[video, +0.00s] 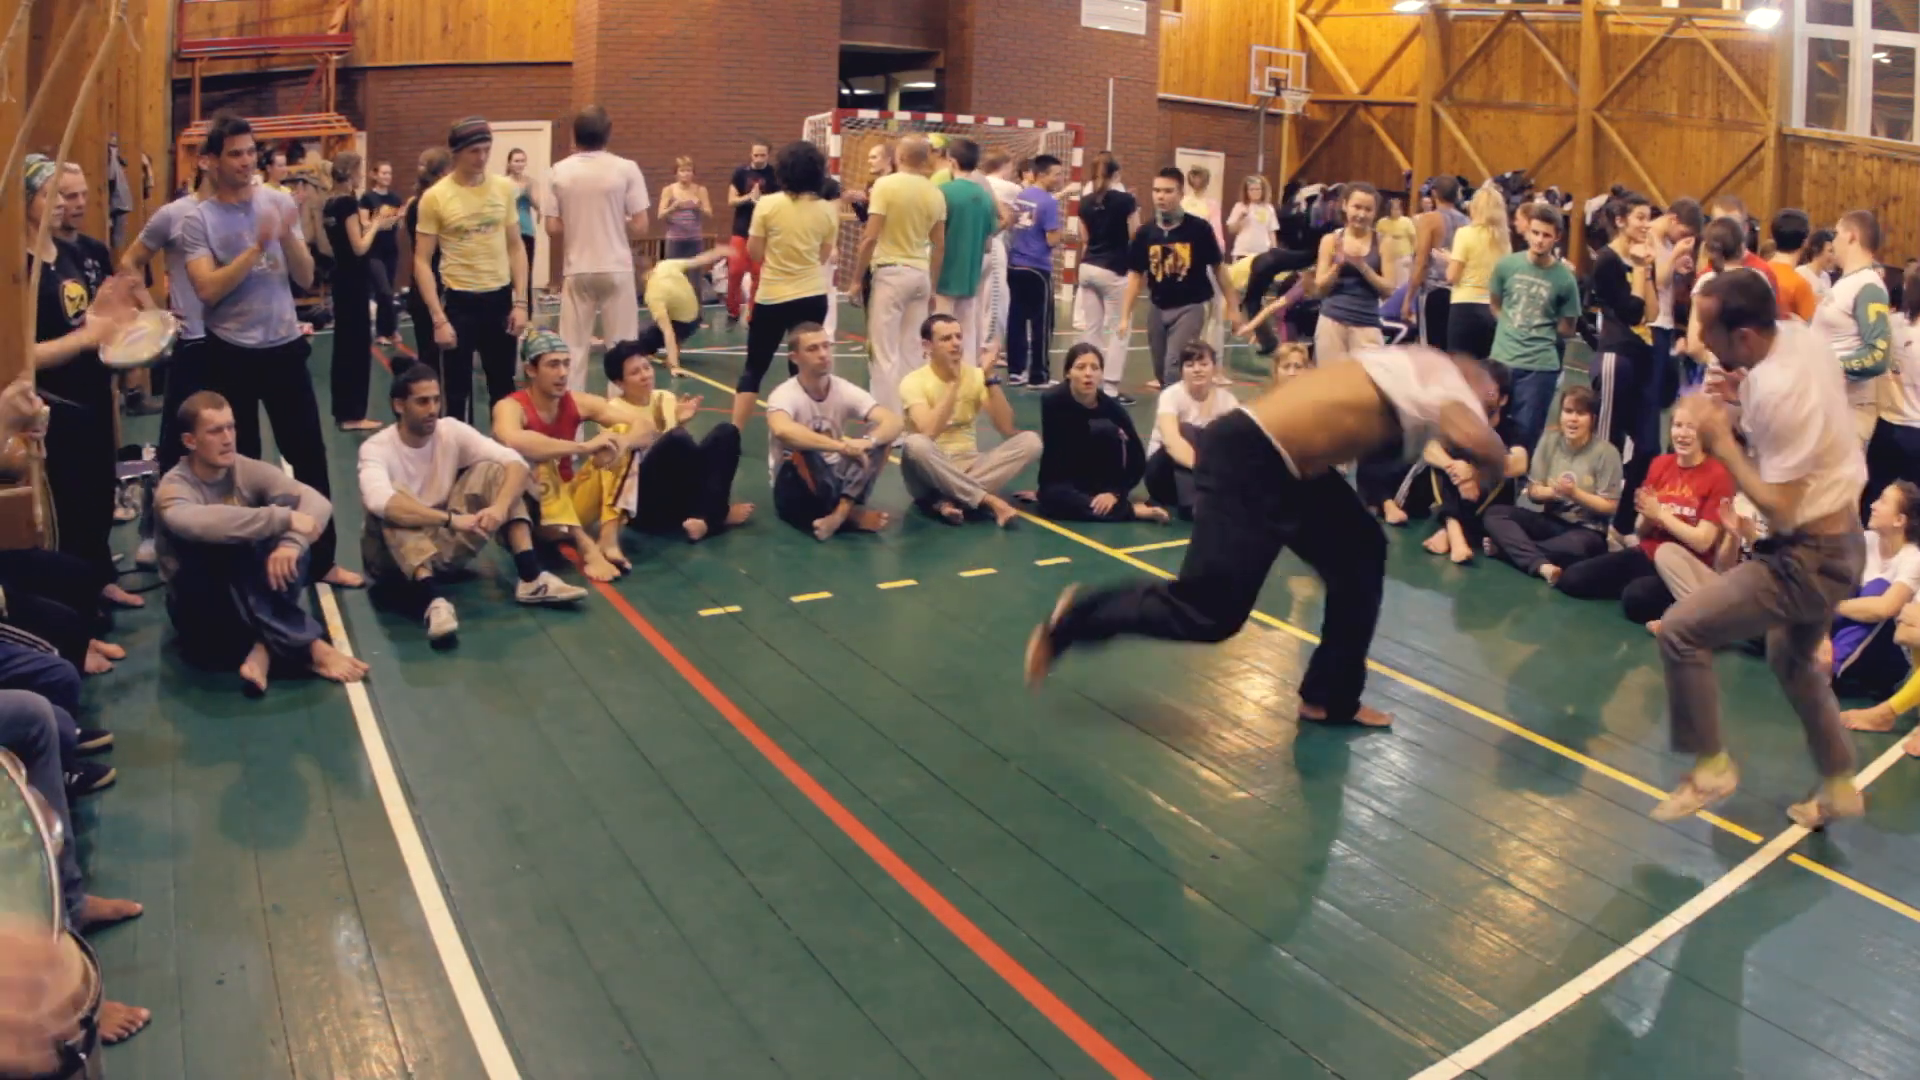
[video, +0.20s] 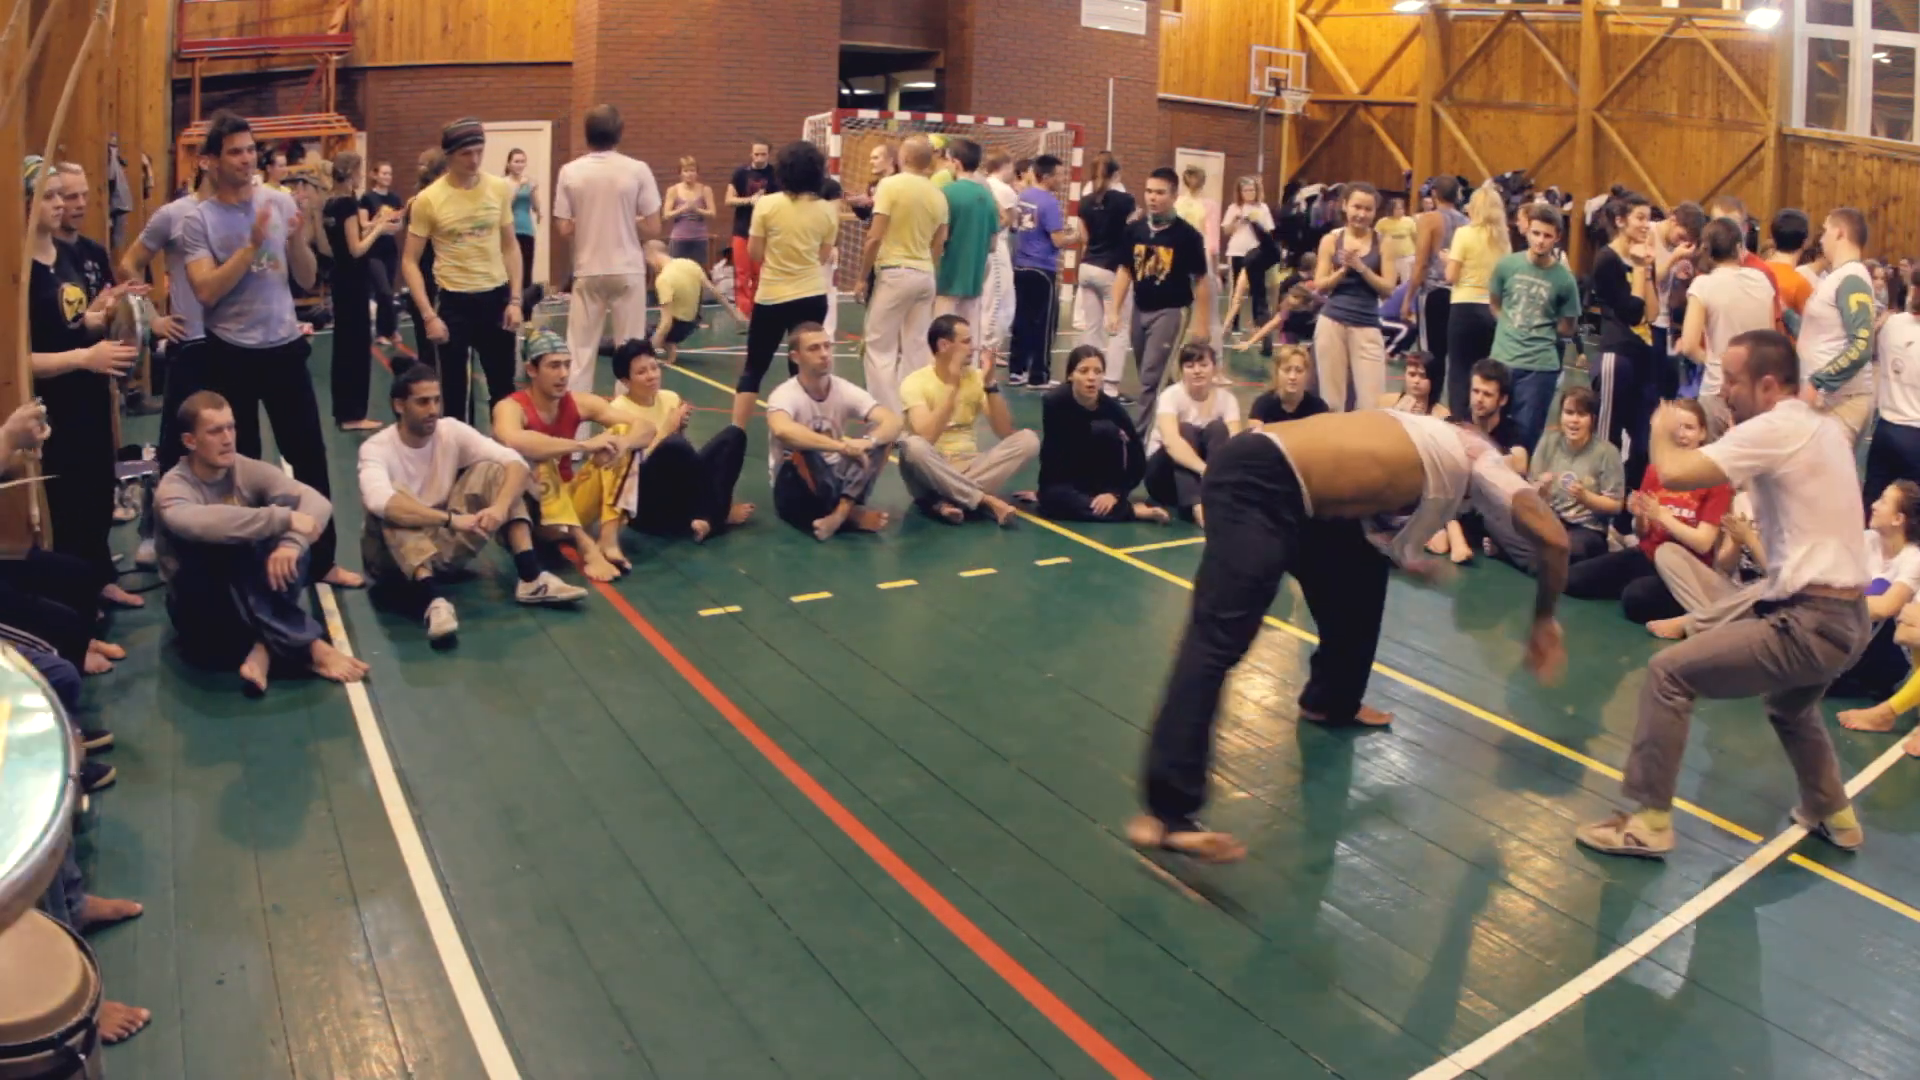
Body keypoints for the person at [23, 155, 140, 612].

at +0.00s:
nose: (70, 205)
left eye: (77, 195)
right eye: (60, 196)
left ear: (83, 199)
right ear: (30, 201)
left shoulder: (86, 255)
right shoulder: (19, 264)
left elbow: (98, 321)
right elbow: (22, 356)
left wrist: (118, 313)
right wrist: (87, 336)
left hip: (94, 392)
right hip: (54, 401)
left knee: (98, 491)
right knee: (70, 499)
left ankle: (102, 576)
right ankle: (77, 591)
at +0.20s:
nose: (65, 205)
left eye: (70, 196)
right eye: (54, 196)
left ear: (71, 202)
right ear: (31, 203)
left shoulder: (70, 258)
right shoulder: (17, 268)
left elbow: (79, 329)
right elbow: (16, 361)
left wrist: (101, 315)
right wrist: (83, 357)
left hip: (89, 394)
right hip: (51, 402)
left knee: (96, 493)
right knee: (67, 499)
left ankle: (101, 577)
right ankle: (74, 590)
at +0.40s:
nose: (56, 208)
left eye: (58, 199)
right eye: (45, 200)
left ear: (61, 204)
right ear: (19, 208)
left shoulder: (65, 258)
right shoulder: (13, 271)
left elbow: (73, 324)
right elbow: (17, 361)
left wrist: (107, 323)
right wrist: (82, 347)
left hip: (88, 390)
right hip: (50, 400)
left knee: (96, 488)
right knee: (68, 495)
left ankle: (101, 577)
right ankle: (75, 591)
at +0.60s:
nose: (54, 205)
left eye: (57, 196)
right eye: (44, 196)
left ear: (60, 202)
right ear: (21, 204)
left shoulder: (66, 257)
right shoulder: (14, 268)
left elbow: (72, 319)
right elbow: (13, 358)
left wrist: (108, 325)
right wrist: (75, 362)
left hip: (86, 391)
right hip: (47, 398)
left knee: (96, 490)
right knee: (65, 495)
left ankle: (101, 577)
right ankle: (72, 590)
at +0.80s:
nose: (54, 204)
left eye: (57, 196)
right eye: (45, 196)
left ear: (57, 201)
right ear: (23, 202)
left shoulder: (67, 254)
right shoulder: (16, 268)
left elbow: (78, 319)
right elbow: (27, 356)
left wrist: (114, 325)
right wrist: (97, 345)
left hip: (87, 387)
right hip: (50, 394)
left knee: (96, 486)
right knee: (67, 492)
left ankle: (102, 577)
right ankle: (75, 587)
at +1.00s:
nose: (69, 206)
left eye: (74, 197)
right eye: (59, 197)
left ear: (80, 198)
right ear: (33, 201)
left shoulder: (84, 251)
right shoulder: (18, 263)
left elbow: (108, 313)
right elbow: (21, 355)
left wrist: (126, 325)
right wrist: (83, 324)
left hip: (90, 388)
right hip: (49, 395)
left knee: (98, 485)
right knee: (68, 490)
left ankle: (101, 577)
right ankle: (73, 584)